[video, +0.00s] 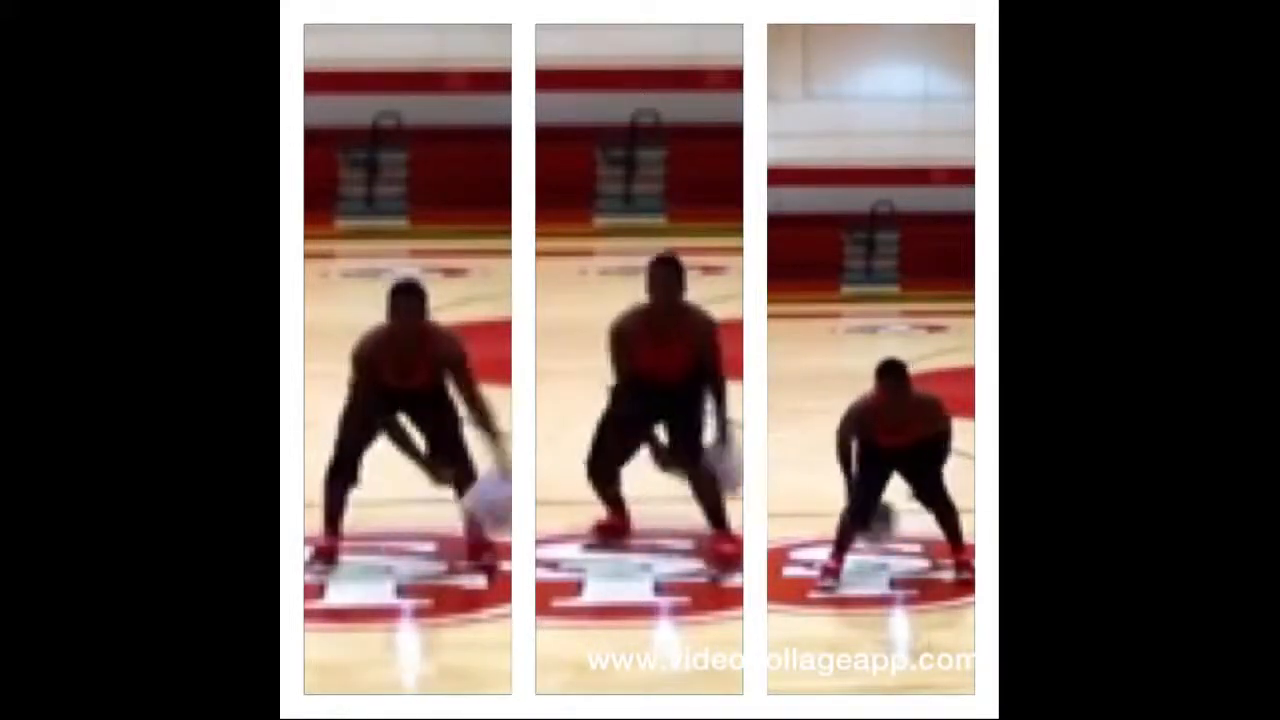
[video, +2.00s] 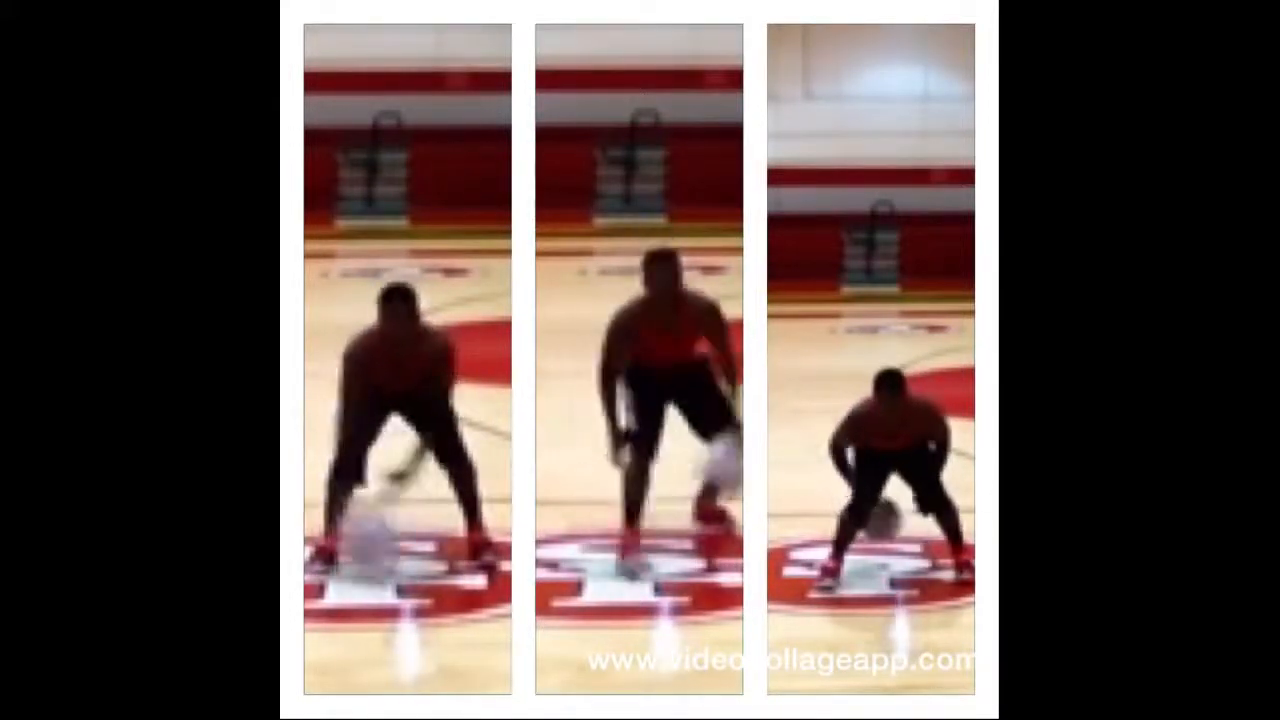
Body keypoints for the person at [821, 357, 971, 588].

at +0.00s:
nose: (894, 398)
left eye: (899, 390)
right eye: (888, 391)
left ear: (908, 386)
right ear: (878, 388)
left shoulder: (930, 407)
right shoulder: (864, 410)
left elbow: (943, 439)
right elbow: (843, 438)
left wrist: (932, 473)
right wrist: (849, 478)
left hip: (916, 453)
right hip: (875, 454)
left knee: (939, 502)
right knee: (859, 507)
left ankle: (960, 558)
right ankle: (835, 562)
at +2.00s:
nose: (891, 408)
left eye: (896, 401)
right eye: (885, 401)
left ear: (905, 395)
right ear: (876, 396)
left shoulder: (924, 412)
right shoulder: (862, 415)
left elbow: (943, 442)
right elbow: (836, 446)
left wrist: (929, 484)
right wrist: (854, 483)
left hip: (912, 453)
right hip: (872, 454)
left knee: (939, 501)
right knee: (860, 506)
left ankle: (960, 556)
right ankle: (834, 561)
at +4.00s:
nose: (906, 403)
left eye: (911, 395)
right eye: (901, 396)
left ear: (920, 391)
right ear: (891, 391)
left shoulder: (934, 410)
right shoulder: (874, 409)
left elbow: (943, 445)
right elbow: (841, 446)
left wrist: (935, 477)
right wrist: (853, 485)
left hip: (913, 455)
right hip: (873, 456)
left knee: (939, 505)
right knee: (858, 509)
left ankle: (961, 557)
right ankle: (834, 560)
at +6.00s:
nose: (893, 404)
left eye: (901, 398)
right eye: (889, 396)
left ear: (912, 392)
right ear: (882, 390)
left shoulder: (930, 410)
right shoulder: (869, 410)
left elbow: (952, 438)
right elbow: (846, 436)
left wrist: (943, 472)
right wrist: (852, 475)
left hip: (919, 452)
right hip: (879, 451)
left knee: (940, 502)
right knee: (862, 507)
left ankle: (962, 557)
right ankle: (835, 559)